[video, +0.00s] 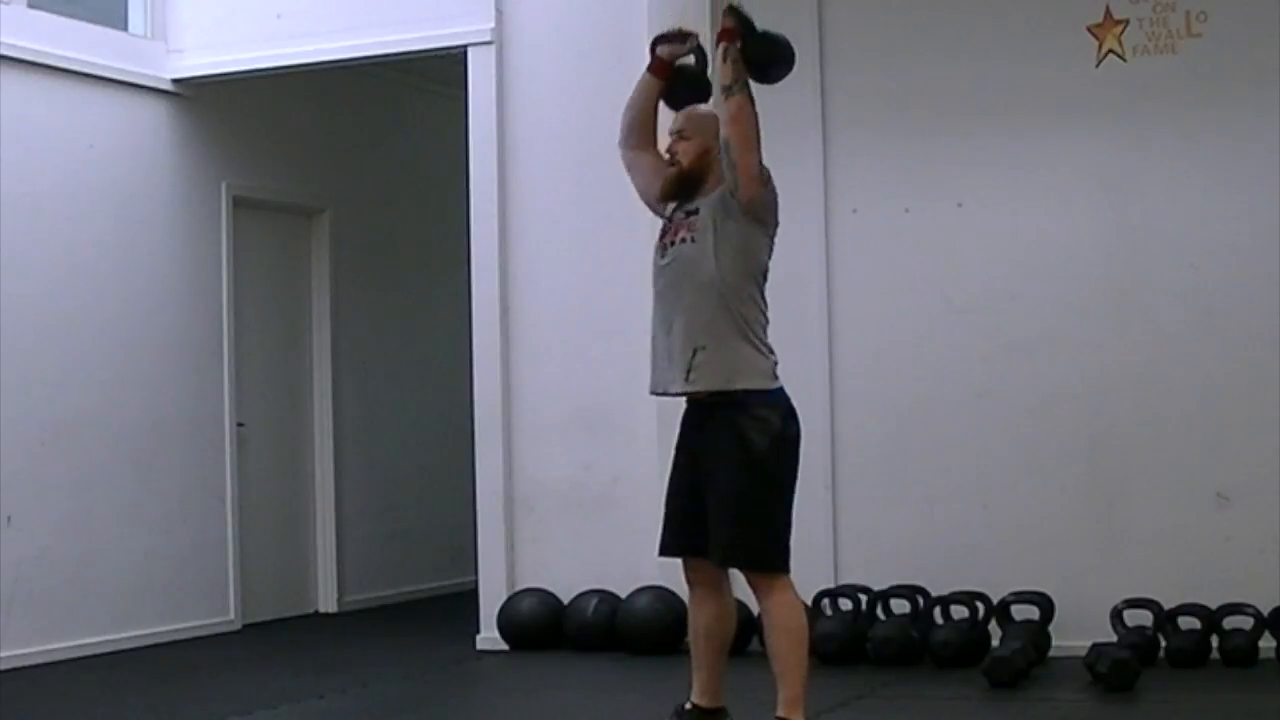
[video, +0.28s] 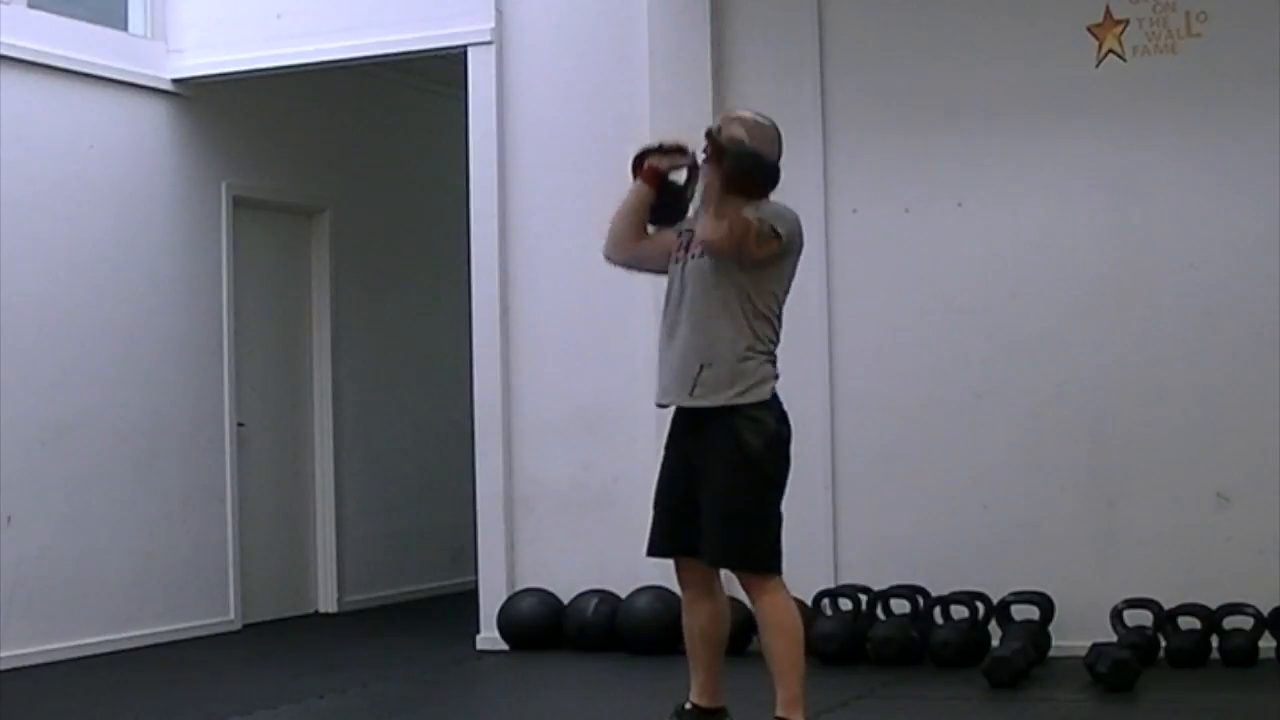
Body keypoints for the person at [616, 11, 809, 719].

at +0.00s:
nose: (670, 146)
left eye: (683, 133)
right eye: (670, 137)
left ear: (720, 141)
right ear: (676, 150)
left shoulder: (746, 202)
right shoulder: (675, 208)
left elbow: (742, 135)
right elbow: (635, 144)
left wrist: (730, 65)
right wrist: (655, 71)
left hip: (755, 410)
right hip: (702, 412)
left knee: (767, 572)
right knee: (700, 566)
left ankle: (793, 712)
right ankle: (706, 707)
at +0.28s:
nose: (708, 143)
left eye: (721, 135)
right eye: (712, 135)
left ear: (745, 162)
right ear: (714, 161)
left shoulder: (781, 222)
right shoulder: (697, 229)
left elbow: (720, 238)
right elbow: (622, 247)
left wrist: (715, 166)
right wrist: (647, 181)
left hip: (748, 422)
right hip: (691, 422)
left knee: (759, 573)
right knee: (692, 568)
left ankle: (791, 711)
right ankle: (705, 704)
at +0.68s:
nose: (707, 147)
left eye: (722, 138)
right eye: (709, 138)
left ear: (760, 156)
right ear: (729, 156)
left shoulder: (782, 226)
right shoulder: (705, 232)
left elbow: (763, 306)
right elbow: (665, 318)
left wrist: (698, 262)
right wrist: (629, 260)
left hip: (756, 422)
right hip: (702, 423)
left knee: (762, 573)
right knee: (699, 567)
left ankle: (790, 713)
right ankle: (704, 705)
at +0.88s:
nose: (709, 153)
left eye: (724, 143)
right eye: (711, 143)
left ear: (763, 157)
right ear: (741, 159)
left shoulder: (786, 230)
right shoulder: (707, 244)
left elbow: (776, 323)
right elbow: (678, 327)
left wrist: (687, 335)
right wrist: (613, 336)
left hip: (787, 426)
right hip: (730, 431)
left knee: (769, 568)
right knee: (694, 563)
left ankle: (791, 712)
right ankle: (704, 704)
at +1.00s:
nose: (695, 172)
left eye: (708, 163)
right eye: (698, 163)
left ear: (747, 179)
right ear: (732, 181)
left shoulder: (777, 259)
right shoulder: (703, 271)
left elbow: (747, 363)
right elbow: (668, 357)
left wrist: (681, 433)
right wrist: (612, 420)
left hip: (802, 442)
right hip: (741, 445)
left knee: (768, 570)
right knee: (682, 559)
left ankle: (792, 712)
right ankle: (702, 704)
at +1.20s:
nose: (621, 221)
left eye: (635, 210)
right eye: (624, 210)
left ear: (677, 222)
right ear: (657, 226)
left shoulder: (721, 304)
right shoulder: (649, 318)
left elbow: (727, 424)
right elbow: (666, 418)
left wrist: (727, 519)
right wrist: (681, 511)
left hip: (794, 453)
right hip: (734, 461)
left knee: (762, 574)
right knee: (658, 555)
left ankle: (791, 712)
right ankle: (699, 702)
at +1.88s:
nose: (710, 169)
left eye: (722, 158)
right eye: (711, 159)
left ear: (761, 167)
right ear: (746, 171)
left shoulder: (789, 245)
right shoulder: (718, 253)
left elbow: (765, 350)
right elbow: (700, 341)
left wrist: (695, 408)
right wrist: (662, 401)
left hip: (785, 435)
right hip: (730, 437)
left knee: (755, 569)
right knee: (687, 562)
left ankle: (791, 712)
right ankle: (703, 705)